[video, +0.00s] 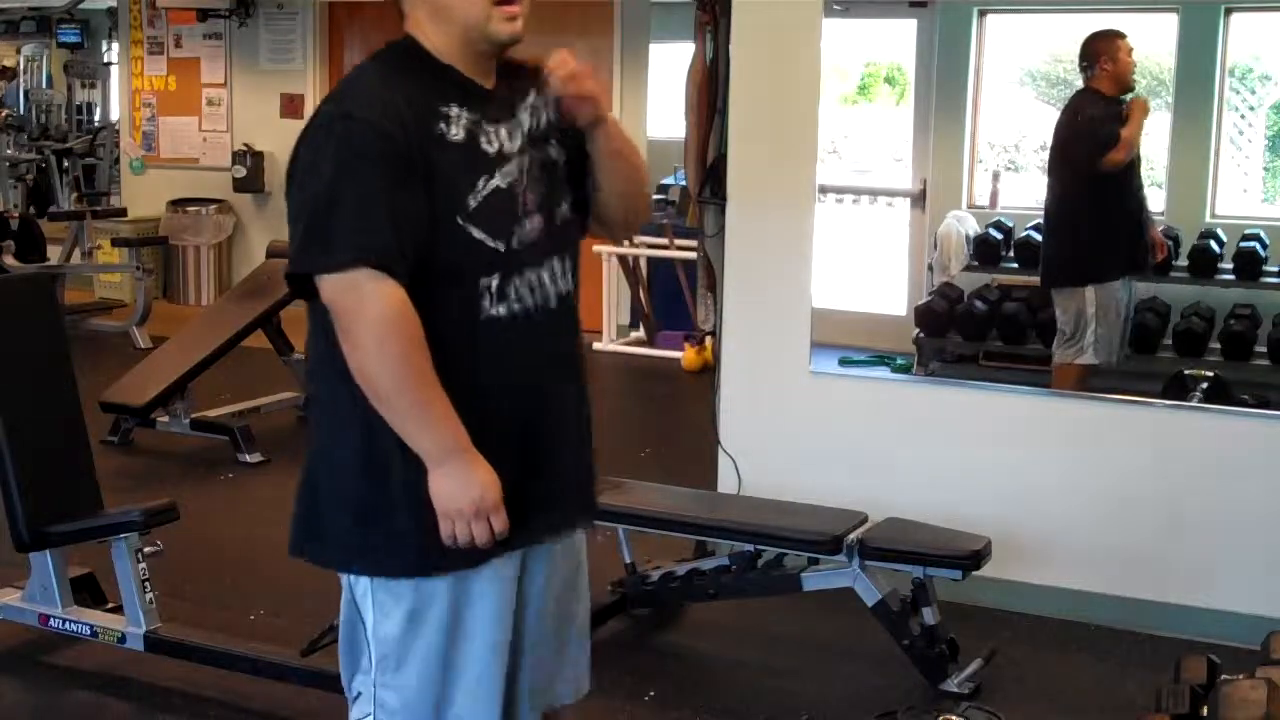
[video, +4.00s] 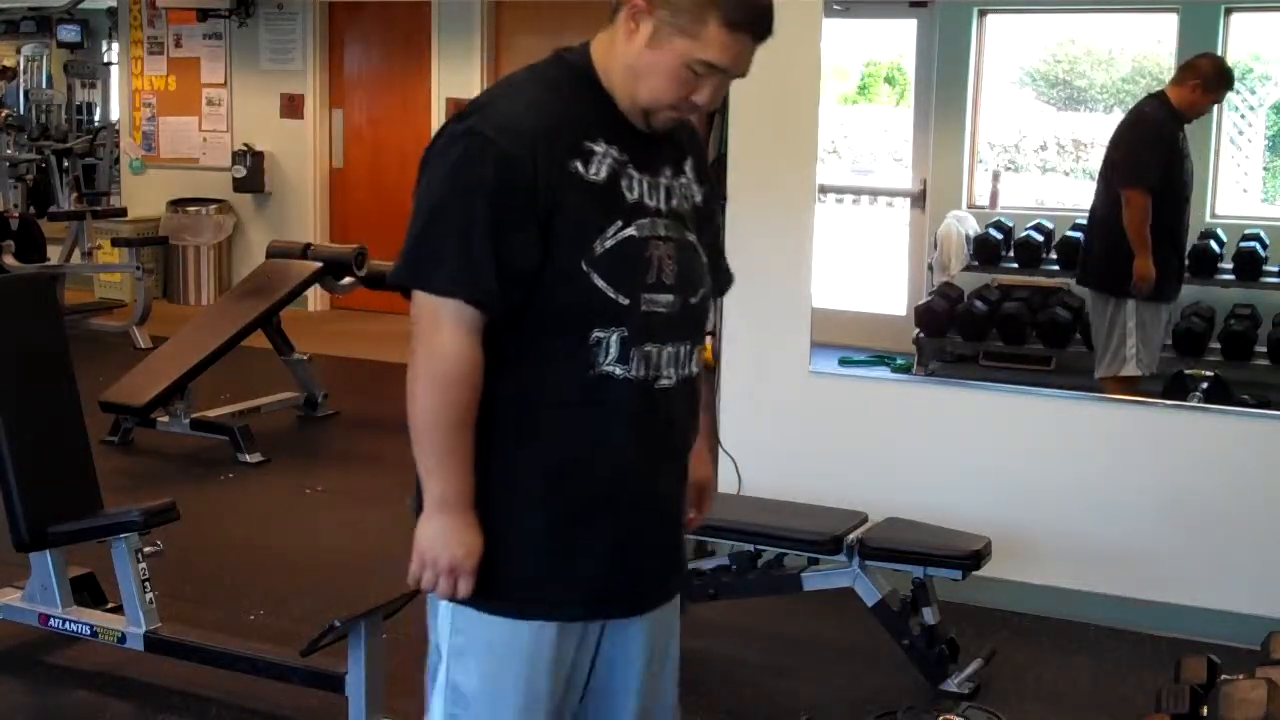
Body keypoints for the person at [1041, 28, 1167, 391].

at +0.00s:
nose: (1135, 63)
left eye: (1132, 55)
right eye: (1128, 55)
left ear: (1104, 65)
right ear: (1105, 64)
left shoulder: (1111, 109)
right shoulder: (1087, 108)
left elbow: (1126, 184)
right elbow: (1115, 158)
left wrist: (1149, 228)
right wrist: (1136, 119)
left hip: (1106, 252)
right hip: (1083, 255)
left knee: (1093, 357)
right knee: (1078, 357)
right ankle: (1062, 440)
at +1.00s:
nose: (1162, 64)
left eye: (1159, 56)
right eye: (1155, 56)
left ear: (1129, 66)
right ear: (1133, 65)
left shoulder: (1120, 109)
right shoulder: (1125, 113)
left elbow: (1116, 183)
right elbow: (1120, 184)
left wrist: (1162, 231)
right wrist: (1166, 233)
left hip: (1113, 263)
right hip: (1125, 267)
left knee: (1100, 363)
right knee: (1118, 371)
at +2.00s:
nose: (1200, 79)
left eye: (1201, 71)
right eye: (1197, 70)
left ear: (1171, 69)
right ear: (1172, 68)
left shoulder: (1168, 118)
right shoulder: (1140, 115)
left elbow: (1169, 187)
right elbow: (1126, 184)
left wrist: (1183, 245)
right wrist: (1146, 246)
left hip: (1168, 260)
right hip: (1143, 263)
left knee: (1143, 364)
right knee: (1127, 364)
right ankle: (1113, 446)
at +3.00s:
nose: (1204, 85)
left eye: (1206, 77)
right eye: (1202, 75)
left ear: (1178, 71)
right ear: (1176, 69)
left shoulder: (1169, 117)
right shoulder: (1146, 115)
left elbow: (1169, 189)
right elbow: (1135, 187)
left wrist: (1183, 251)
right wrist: (1152, 250)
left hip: (1166, 265)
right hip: (1140, 266)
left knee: (1153, 369)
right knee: (1126, 370)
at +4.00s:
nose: (1209, 111)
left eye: (1214, 105)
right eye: (1212, 102)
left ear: (1192, 85)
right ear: (1195, 87)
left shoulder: (1165, 122)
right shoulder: (1150, 121)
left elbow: (1150, 194)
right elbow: (1134, 194)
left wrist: (1160, 258)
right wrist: (1143, 256)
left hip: (1145, 271)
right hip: (1129, 272)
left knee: (1128, 376)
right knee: (1123, 377)